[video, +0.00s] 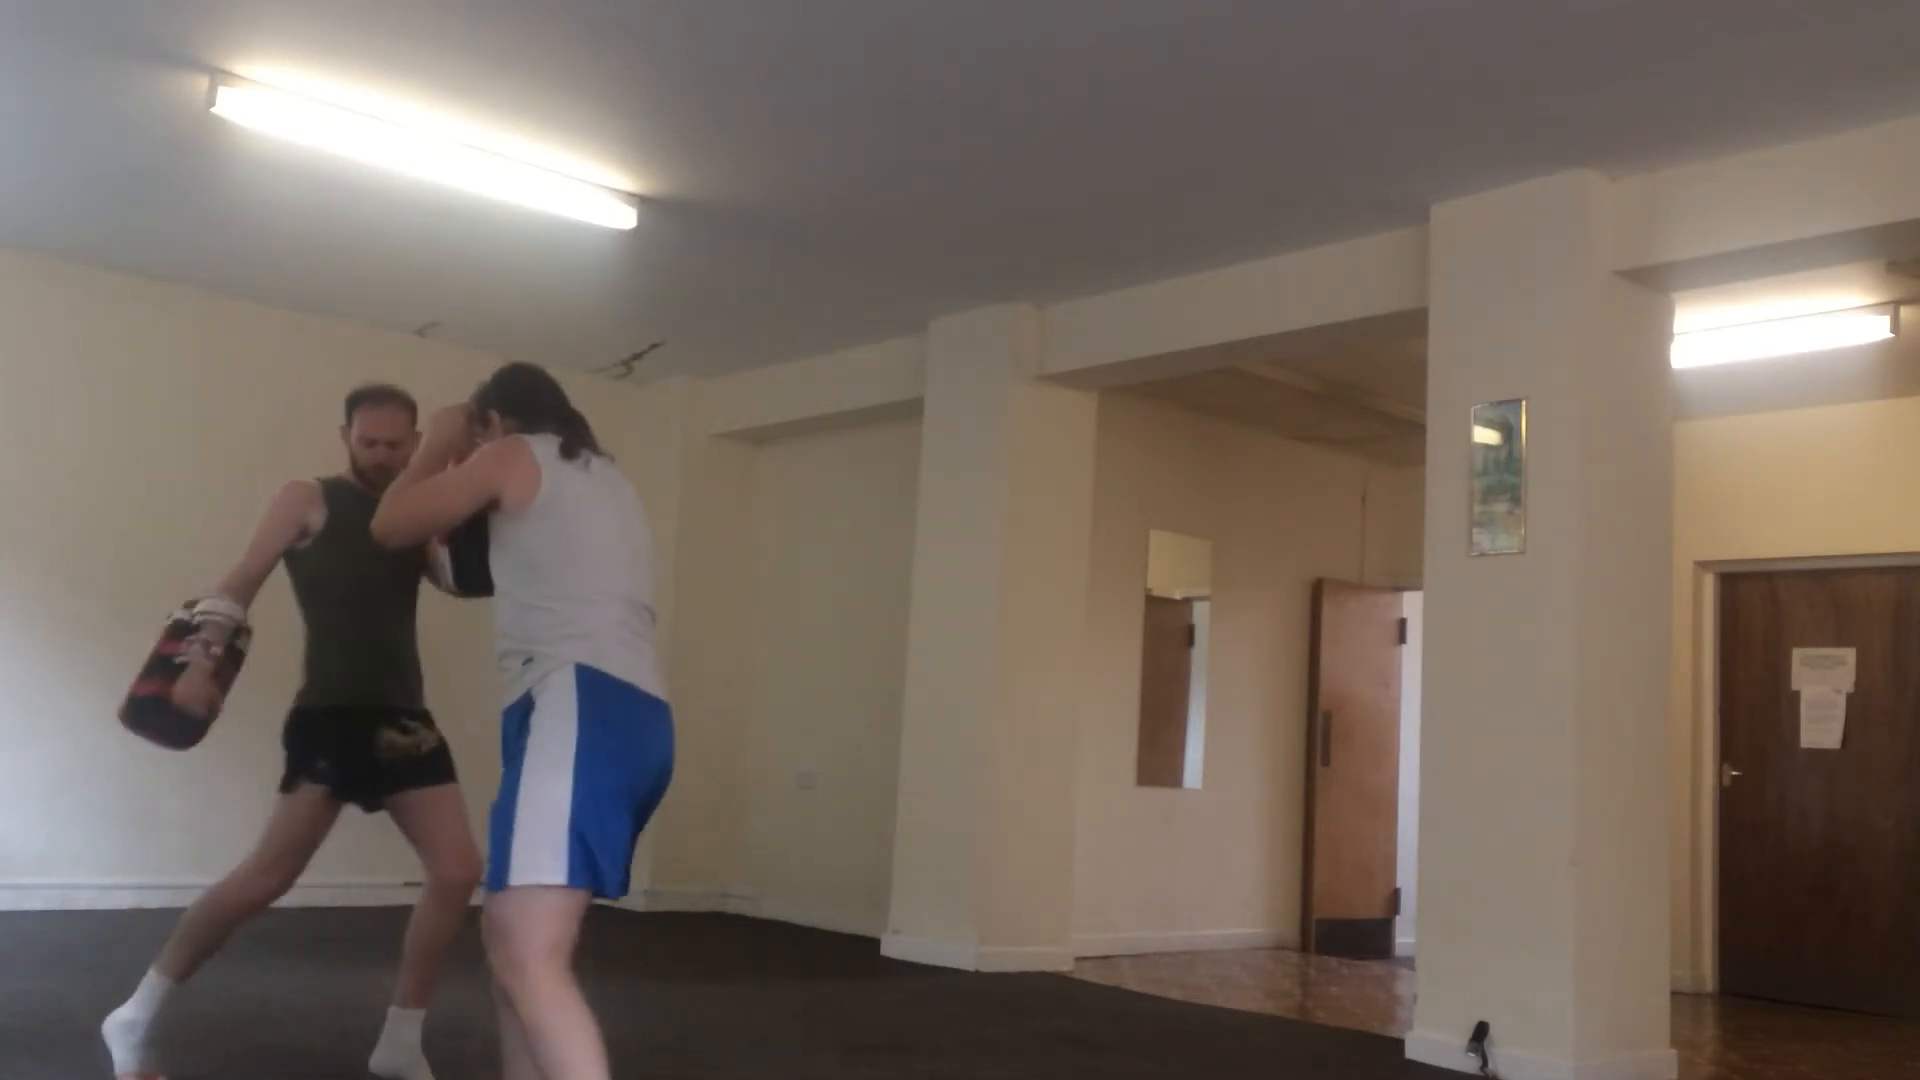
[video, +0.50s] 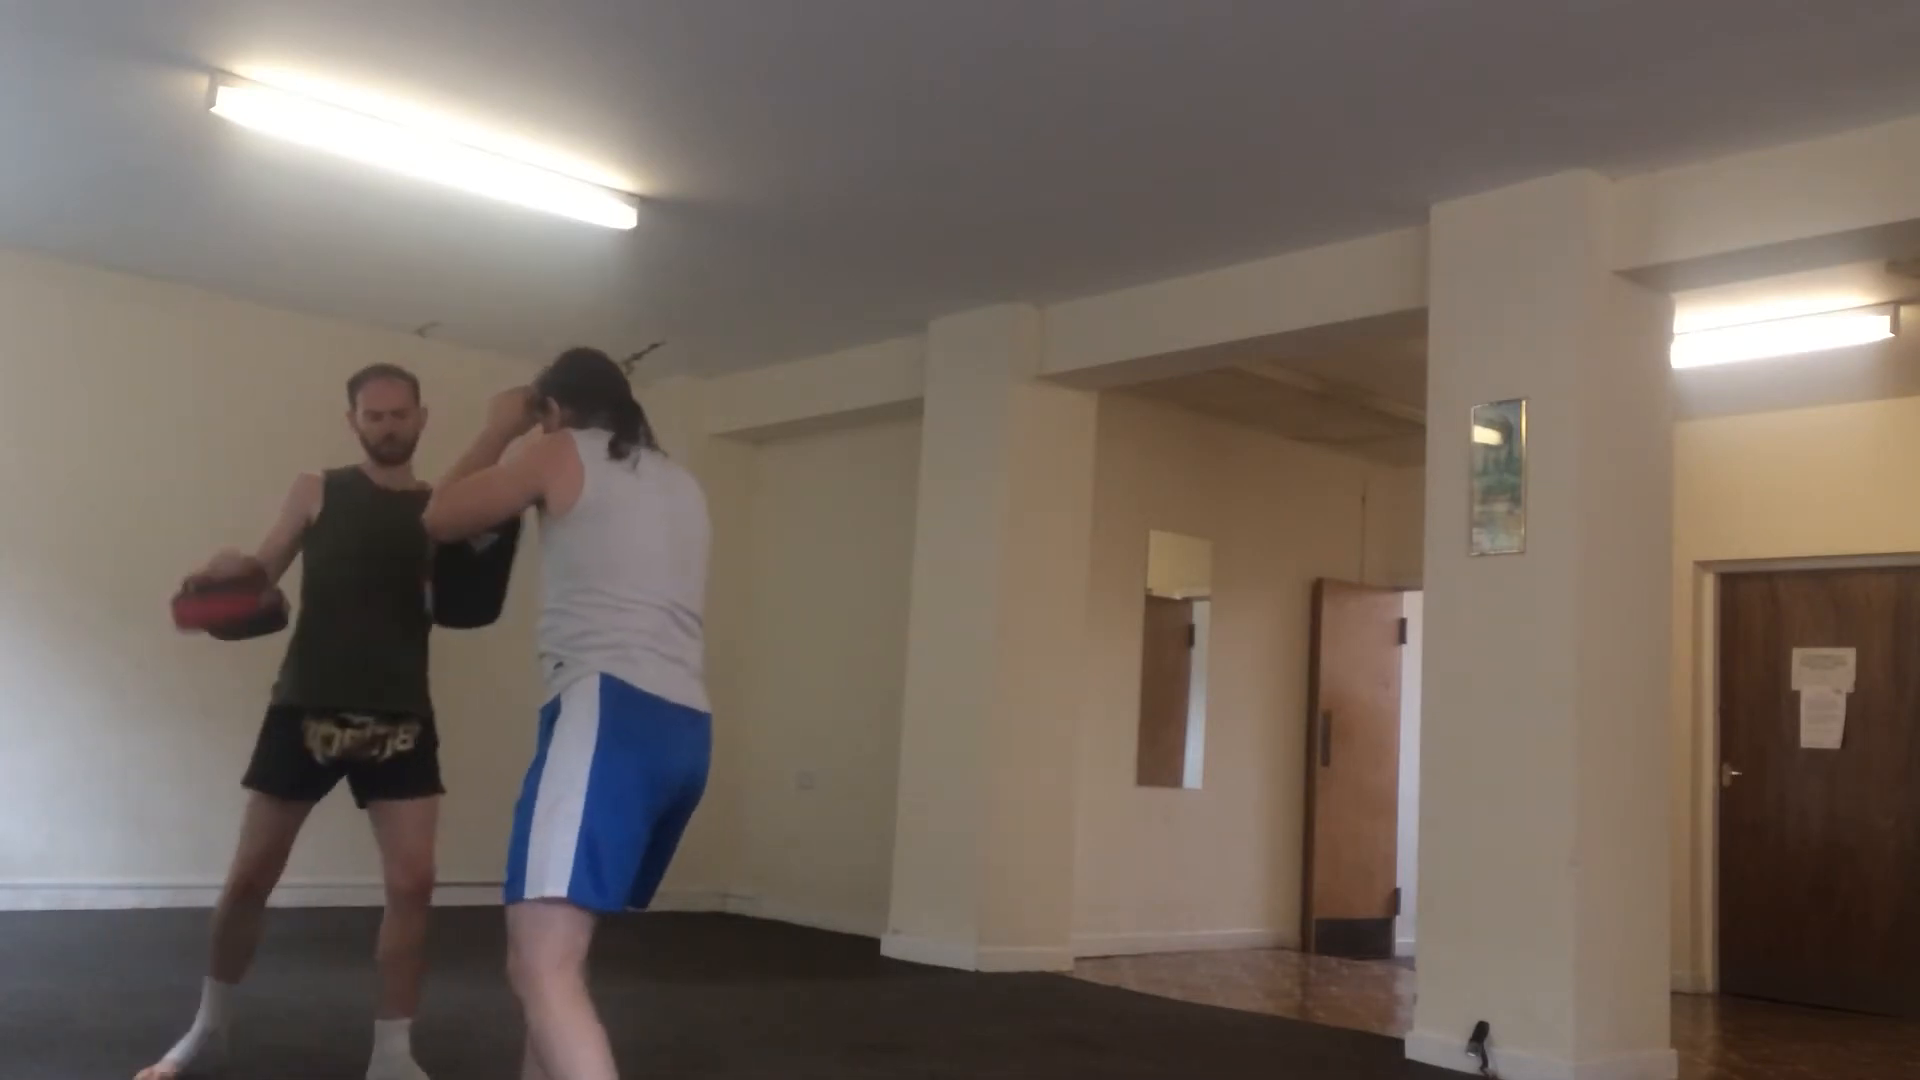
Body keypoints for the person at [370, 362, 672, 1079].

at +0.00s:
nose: (482, 442)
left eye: (480, 432)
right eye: (481, 434)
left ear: (496, 420)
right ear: (560, 416)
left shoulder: (517, 455)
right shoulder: (610, 485)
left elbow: (392, 521)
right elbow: (477, 571)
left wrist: (436, 443)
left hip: (574, 705)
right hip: (632, 715)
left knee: (529, 957)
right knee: (514, 950)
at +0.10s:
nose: (494, 440)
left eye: (493, 430)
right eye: (494, 431)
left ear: (509, 421)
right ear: (577, 420)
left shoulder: (526, 459)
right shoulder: (634, 493)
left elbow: (406, 523)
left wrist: (450, 441)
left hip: (583, 709)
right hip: (647, 723)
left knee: (550, 960)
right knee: (510, 925)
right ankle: (527, 1073)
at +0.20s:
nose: (508, 438)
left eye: (506, 427)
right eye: (508, 429)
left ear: (522, 418)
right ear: (589, 414)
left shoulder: (540, 455)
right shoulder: (647, 485)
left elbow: (420, 520)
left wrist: (460, 438)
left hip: (588, 708)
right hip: (657, 724)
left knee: (550, 965)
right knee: (527, 951)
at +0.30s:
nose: (520, 432)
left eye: (519, 420)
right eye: (519, 421)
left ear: (535, 413)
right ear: (600, 411)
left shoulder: (550, 452)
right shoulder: (660, 483)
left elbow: (429, 515)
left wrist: (474, 433)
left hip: (595, 708)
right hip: (667, 727)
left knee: (552, 969)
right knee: (541, 964)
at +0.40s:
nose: (531, 422)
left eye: (530, 411)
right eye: (531, 410)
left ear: (545, 407)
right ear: (611, 406)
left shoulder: (553, 451)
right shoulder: (671, 481)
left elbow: (435, 514)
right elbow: (603, 560)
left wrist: (486, 431)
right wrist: (499, 547)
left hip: (598, 707)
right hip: (674, 727)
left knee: (554, 966)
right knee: (547, 961)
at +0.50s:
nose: (539, 422)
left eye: (539, 411)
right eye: (539, 410)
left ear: (554, 408)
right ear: (623, 408)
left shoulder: (559, 452)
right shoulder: (682, 484)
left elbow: (443, 514)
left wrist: (495, 431)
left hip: (603, 713)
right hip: (682, 732)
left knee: (543, 965)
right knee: (550, 957)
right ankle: (535, 1071)